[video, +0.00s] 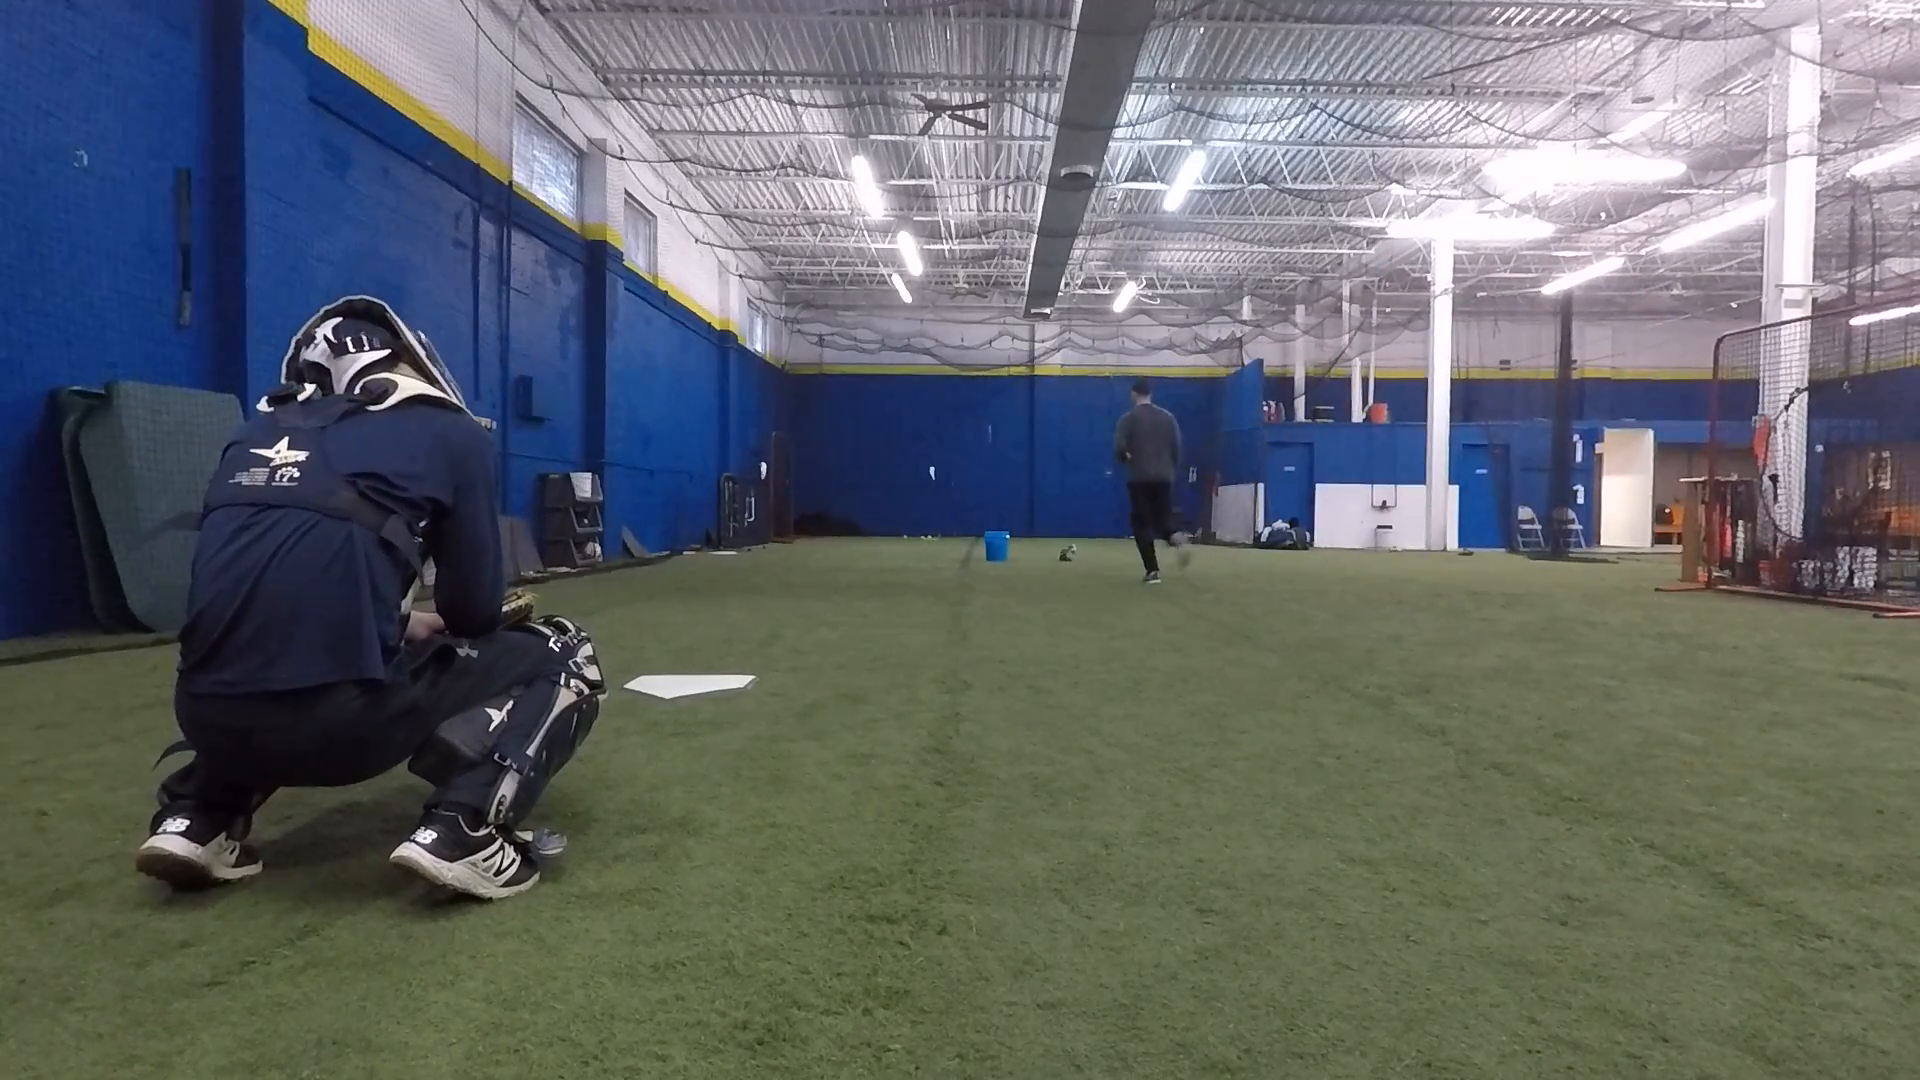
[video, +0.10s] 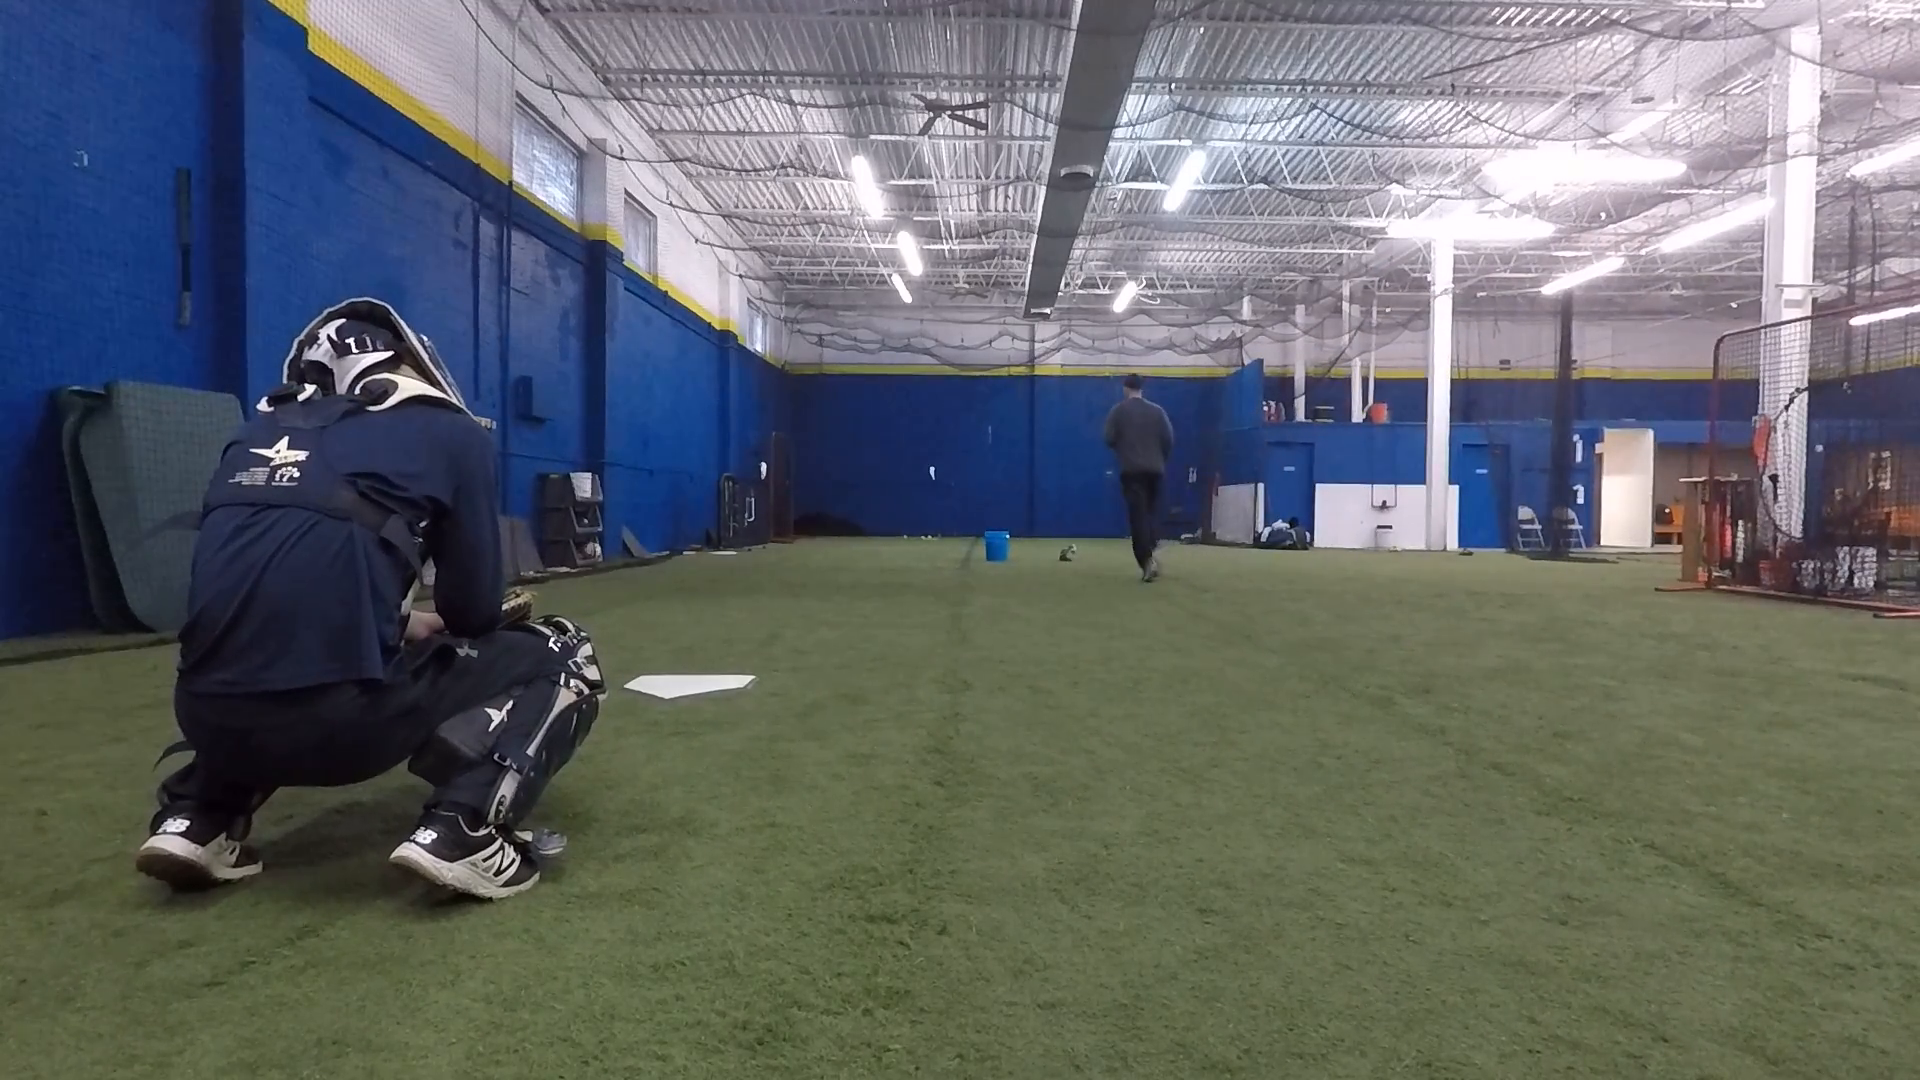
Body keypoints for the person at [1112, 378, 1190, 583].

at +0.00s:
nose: (1132, 397)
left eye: (1132, 394)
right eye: (1134, 394)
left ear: (1134, 394)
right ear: (1150, 394)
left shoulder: (1128, 418)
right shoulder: (1167, 416)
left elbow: (1120, 448)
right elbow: (1177, 445)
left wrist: (1125, 457)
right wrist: (1174, 465)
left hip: (1139, 479)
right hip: (1164, 477)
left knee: (1141, 523)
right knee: (1162, 518)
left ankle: (1152, 571)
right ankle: (1177, 539)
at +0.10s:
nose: (1126, 392)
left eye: (1126, 388)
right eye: (1130, 388)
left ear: (1126, 389)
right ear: (1141, 389)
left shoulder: (1119, 410)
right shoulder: (1157, 410)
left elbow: (1109, 437)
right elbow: (1168, 437)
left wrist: (1121, 447)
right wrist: (1162, 456)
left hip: (1130, 469)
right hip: (1154, 468)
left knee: (1137, 514)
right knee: (1152, 512)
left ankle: (1146, 562)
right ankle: (1150, 554)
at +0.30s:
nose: (1113, 404)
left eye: (1112, 401)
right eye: (1116, 401)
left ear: (1111, 401)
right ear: (1126, 402)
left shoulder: (1102, 421)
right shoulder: (1138, 422)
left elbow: (1093, 443)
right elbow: (1150, 449)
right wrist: (1141, 468)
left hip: (1110, 476)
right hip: (1132, 476)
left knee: (1115, 516)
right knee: (1126, 516)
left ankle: (1128, 540)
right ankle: (1119, 562)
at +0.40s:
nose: (1102, 408)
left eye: (1101, 405)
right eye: (1104, 405)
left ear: (1102, 406)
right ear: (1117, 407)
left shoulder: (1097, 425)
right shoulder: (1128, 427)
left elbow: (1093, 449)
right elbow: (1139, 454)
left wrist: (1090, 464)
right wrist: (1133, 471)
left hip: (1103, 481)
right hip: (1124, 481)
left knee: (1097, 520)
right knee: (1116, 520)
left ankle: (1113, 540)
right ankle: (1119, 562)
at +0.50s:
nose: (1090, 405)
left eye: (1090, 402)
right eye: (1092, 402)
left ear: (1091, 402)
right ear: (1105, 402)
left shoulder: (1090, 420)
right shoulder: (1118, 422)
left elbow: (1090, 440)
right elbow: (1127, 448)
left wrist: (1080, 454)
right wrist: (1122, 466)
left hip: (1093, 476)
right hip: (1114, 475)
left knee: (1086, 515)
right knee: (1111, 515)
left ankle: (1096, 550)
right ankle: (1119, 555)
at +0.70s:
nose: (1073, 412)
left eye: (1072, 409)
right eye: (1074, 408)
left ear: (1070, 409)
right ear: (1084, 408)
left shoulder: (1069, 426)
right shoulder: (1098, 426)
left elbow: (1070, 444)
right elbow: (1106, 448)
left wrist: (1061, 455)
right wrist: (1105, 468)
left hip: (1074, 479)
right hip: (1094, 477)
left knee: (1070, 517)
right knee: (1095, 514)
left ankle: (1068, 558)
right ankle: (1114, 541)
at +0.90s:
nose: (1054, 416)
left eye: (1054, 413)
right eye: (1056, 413)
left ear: (1055, 413)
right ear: (1068, 411)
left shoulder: (1053, 431)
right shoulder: (1083, 430)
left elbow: (1045, 455)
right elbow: (1090, 453)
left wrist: (1054, 461)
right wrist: (1088, 470)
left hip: (1060, 481)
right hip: (1079, 480)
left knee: (1062, 518)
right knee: (1076, 516)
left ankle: (1066, 555)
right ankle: (1086, 543)